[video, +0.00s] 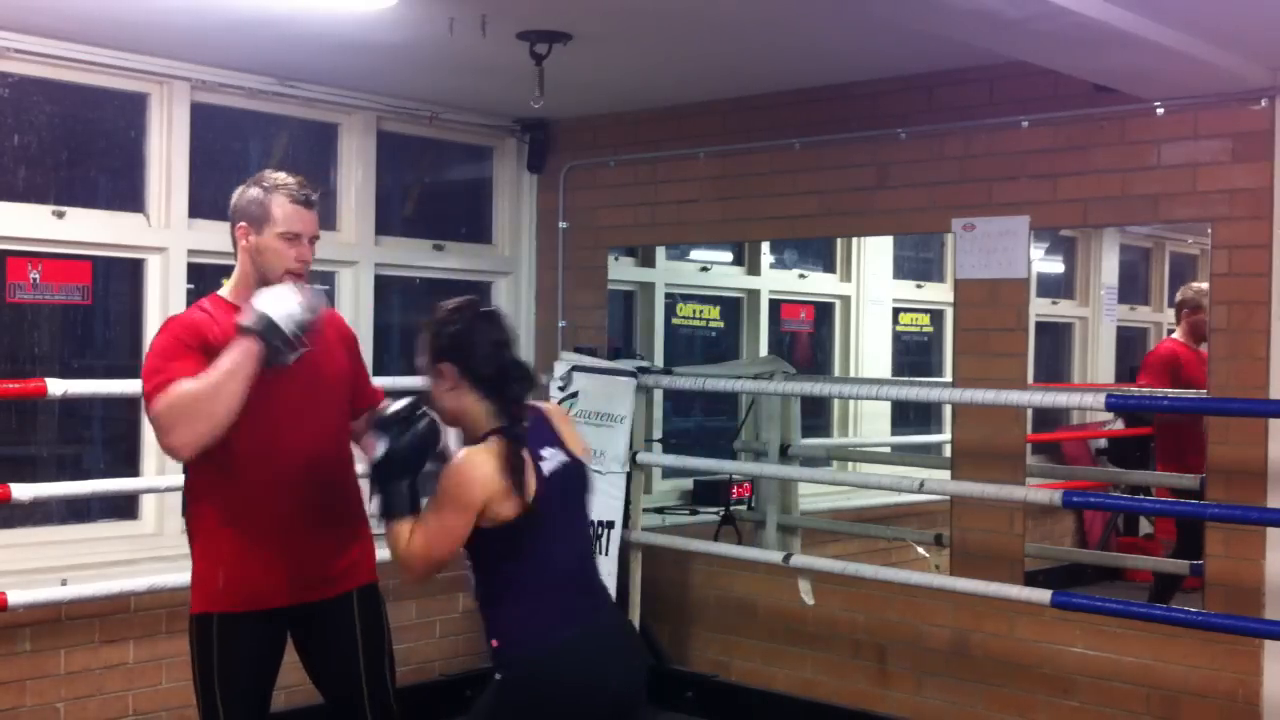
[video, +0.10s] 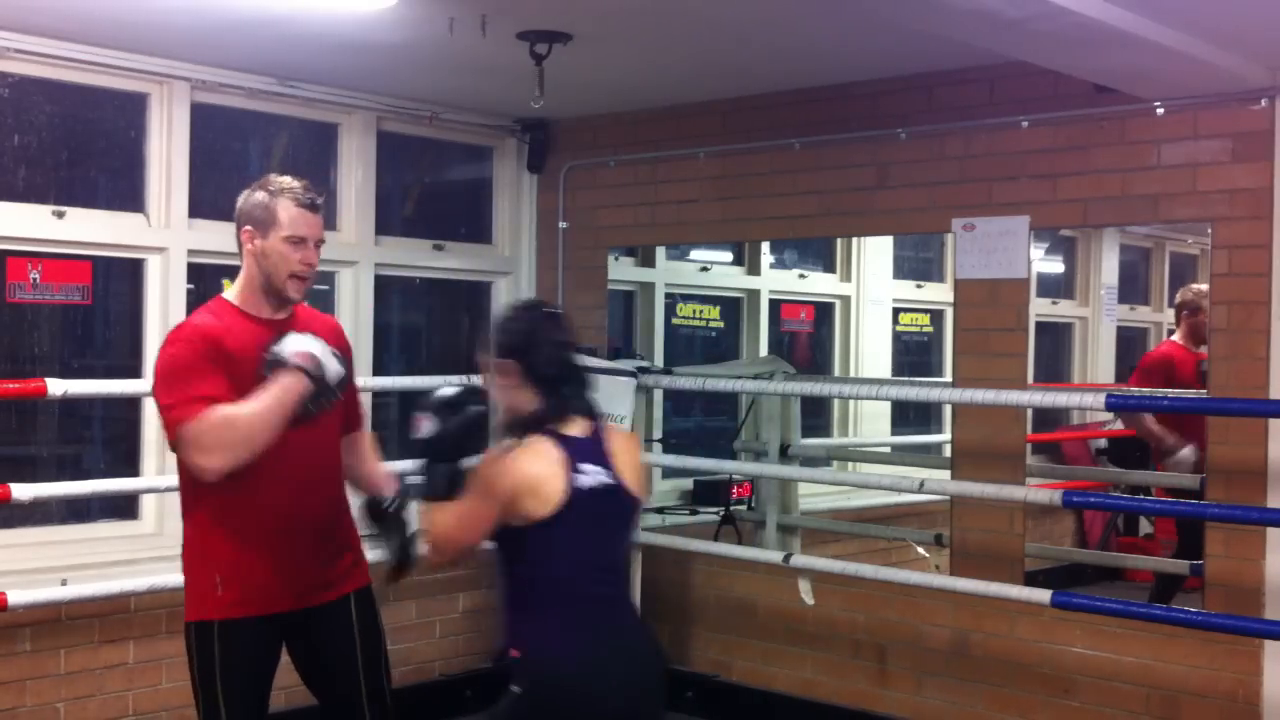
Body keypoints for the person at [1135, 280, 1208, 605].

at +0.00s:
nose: (1213, 320)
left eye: (1213, 313)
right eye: (1208, 313)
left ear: (1194, 315)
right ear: (1188, 313)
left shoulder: (1204, 357)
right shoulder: (1164, 355)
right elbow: (1145, 406)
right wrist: (1196, 410)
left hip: (1205, 463)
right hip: (1179, 466)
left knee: (1199, 541)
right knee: (1188, 543)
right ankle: (1156, 607)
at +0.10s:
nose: (1213, 321)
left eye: (1213, 314)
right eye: (1208, 314)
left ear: (1197, 316)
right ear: (1188, 315)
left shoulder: (1207, 359)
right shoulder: (1161, 358)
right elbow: (1131, 408)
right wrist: (1175, 446)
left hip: (1210, 467)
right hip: (1180, 468)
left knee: (1207, 545)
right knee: (1188, 547)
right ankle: (1154, 613)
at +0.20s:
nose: (1212, 322)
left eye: (1212, 315)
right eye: (1206, 315)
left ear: (1210, 317)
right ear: (1187, 316)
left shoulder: (1214, 358)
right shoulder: (1158, 360)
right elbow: (1115, 405)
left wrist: (1214, 382)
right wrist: (1146, 459)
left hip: (1216, 470)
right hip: (1179, 472)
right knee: (1189, 548)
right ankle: (1154, 614)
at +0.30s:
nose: (1209, 323)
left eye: (1212, 316)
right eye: (1203, 316)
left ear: (1215, 317)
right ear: (1186, 316)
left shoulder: (1222, 360)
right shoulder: (1154, 362)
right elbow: (1117, 409)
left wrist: (1215, 382)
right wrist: (1126, 468)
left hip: (1220, 473)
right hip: (1177, 474)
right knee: (1189, 549)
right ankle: (1153, 614)